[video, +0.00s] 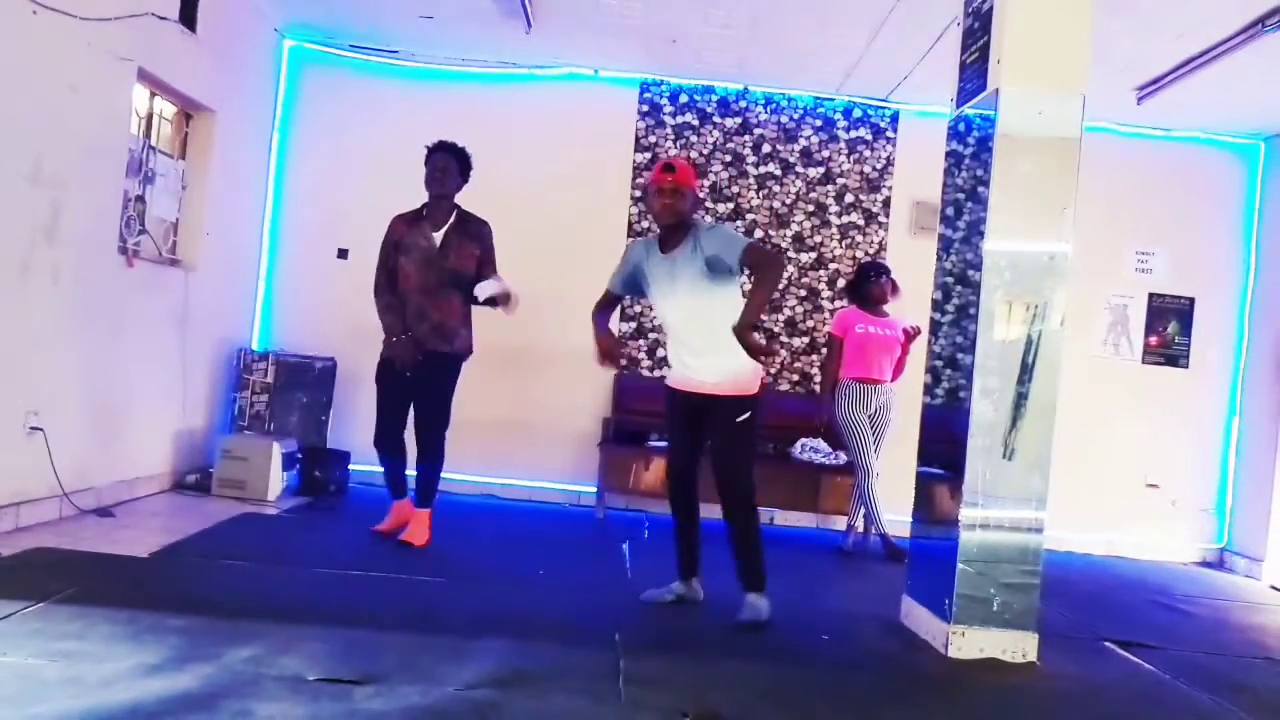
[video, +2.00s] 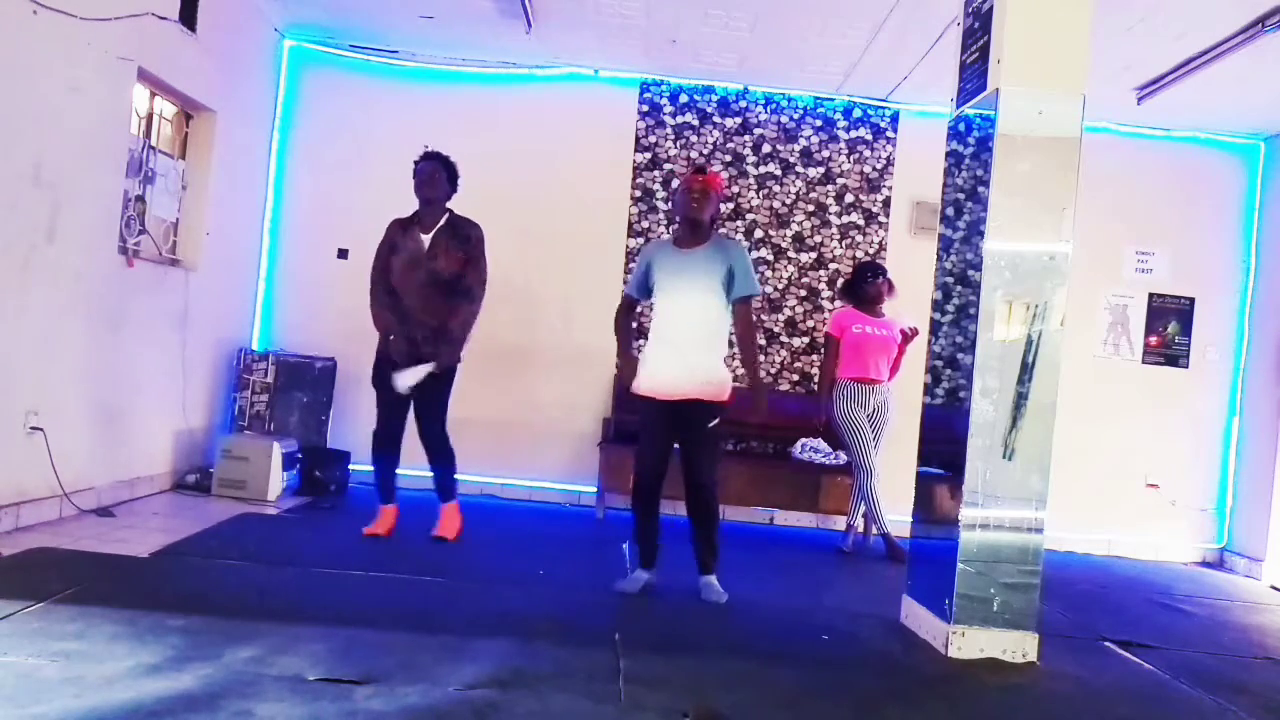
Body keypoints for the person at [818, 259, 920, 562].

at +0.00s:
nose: (889, 286)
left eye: (889, 280)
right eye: (882, 280)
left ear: (889, 287)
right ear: (865, 286)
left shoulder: (895, 326)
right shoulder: (846, 317)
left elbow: (894, 374)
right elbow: (831, 364)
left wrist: (906, 346)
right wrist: (826, 405)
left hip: (882, 397)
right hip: (851, 393)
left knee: (868, 466)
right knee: (866, 464)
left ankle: (850, 532)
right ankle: (885, 536)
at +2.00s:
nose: (884, 287)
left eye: (885, 281)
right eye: (878, 281)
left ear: (886, 285)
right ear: (862, 286)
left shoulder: (891, 327)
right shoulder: (842, 317)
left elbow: (890, 374)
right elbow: (828, 364)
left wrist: (903, 347)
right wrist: (824, 404)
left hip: (879, 397)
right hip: (848, 394)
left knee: (867, 465)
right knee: (866, 463)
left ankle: (849, 533)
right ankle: (886, 535)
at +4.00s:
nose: (877, 289)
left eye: (880, 283)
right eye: (869, 283)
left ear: (885, 288)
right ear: (856, 288)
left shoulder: (890, 327)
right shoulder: (839, 318)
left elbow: (889, 376)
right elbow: (825, 364)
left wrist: (899, 349)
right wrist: (818, 404)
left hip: (876, 397)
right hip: (843, 393)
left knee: (864, 465)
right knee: (861, 464)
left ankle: (847, 532)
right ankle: (882, 535)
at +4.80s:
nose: (879, 283)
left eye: (882, 278)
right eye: (871, 278)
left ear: (887, 286)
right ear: (859, 287)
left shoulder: (893, 326)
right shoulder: (842, 318)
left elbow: (893, 376)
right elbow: (828, 365)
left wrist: (903, 349)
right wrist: (823, 406)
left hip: (880, 397)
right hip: (847, 393)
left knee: (866, 465)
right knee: (861, 463)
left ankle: (848, 531)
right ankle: (881, 536)